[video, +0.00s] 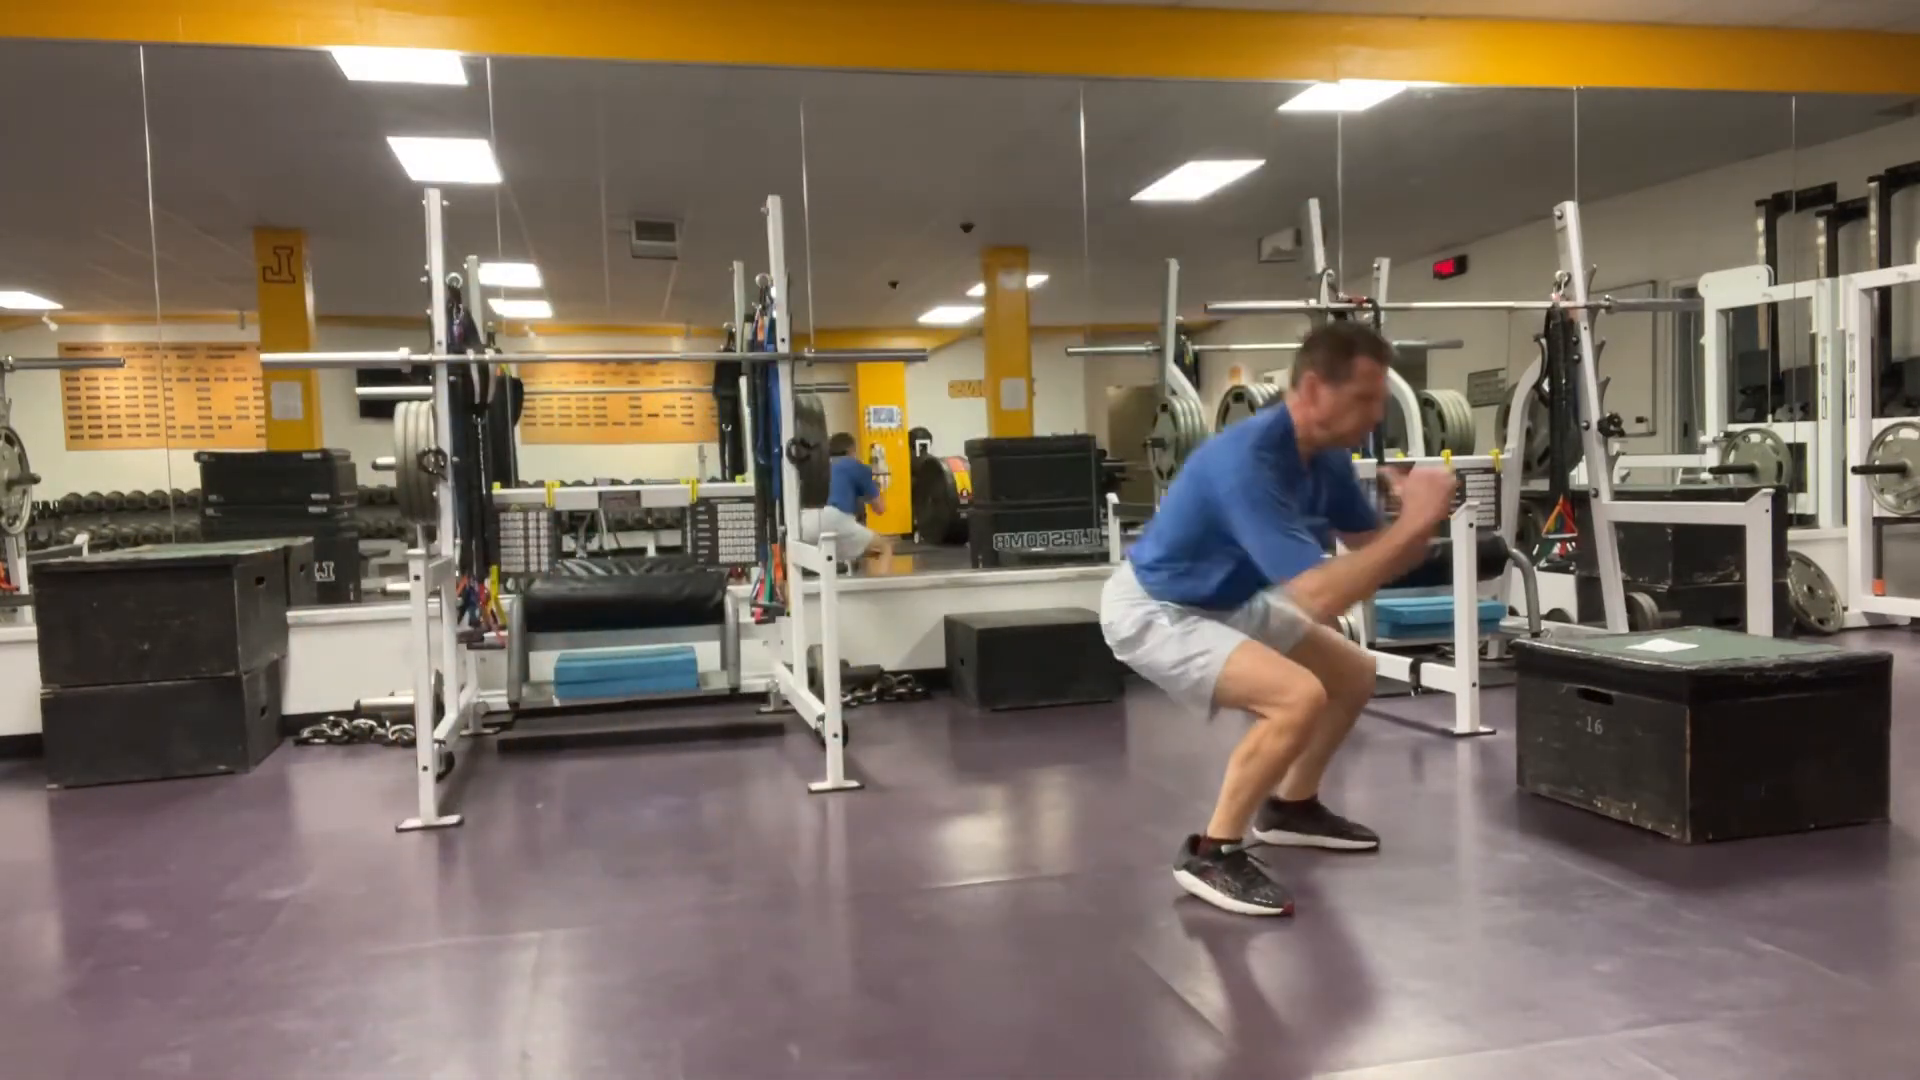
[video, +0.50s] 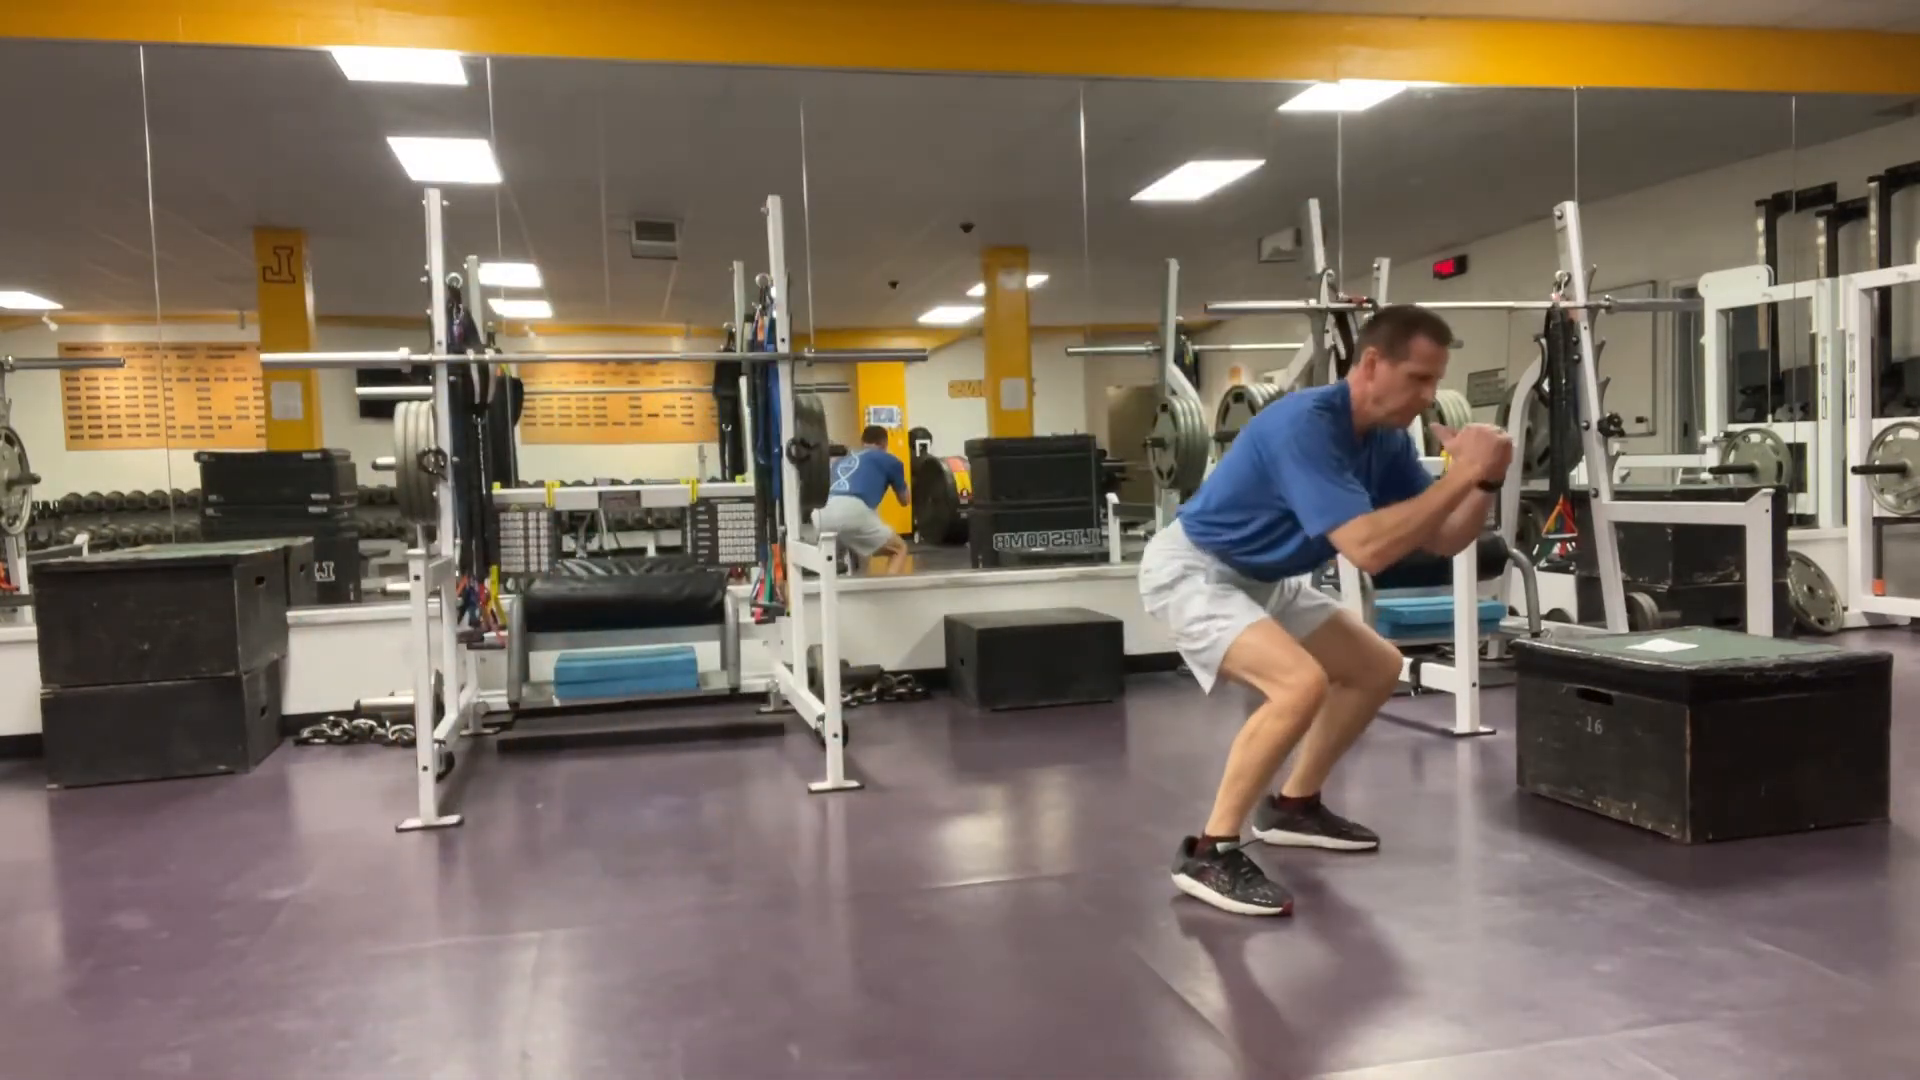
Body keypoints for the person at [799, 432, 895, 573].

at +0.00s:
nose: (855, 452)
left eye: (854, 449)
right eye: (854, 449)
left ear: (830, 450)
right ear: (851, 450)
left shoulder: (818, 466)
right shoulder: (856, 468)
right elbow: (879, 508)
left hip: (805, 520)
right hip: (835, 519)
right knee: (884, 547)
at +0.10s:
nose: (867, 457)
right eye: (866, 454)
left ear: (844, 455)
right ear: (864, 455)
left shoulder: (830, 471)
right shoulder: (871, 473)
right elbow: (893, 508)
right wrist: (881, 482)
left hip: (812, 521)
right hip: (843, 522)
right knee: (892, 549)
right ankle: (885, 593)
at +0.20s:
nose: (877, 458)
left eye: (877, 454)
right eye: (876, 454)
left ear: (852, 454)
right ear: (873, 454)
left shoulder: (835, 469)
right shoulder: (880, 472)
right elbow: (898, 508)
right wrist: (888, 485)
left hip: (815, 521)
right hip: (847, 521)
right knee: (897, 548)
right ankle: (889, 593)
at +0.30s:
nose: (882, 455)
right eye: (881, 452)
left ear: (858, 450)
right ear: (879, 451)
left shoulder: (840, 466)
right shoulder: (886, 469)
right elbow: (901, 507)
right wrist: (893, 485)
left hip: (820, 516)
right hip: (851, 518)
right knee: (899, 548)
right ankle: (889, 592)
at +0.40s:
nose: (885, 452)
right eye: (884, 449)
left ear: (862, 447)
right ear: (882, 448)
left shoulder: (843, 463)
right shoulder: (888, 466)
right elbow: (903, 504)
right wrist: (898, 484)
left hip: (822, 513)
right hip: (853, 514)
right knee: (899, 549)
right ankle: (888, 594)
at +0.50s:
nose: (886, 447)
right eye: (886, 443)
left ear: (863, 442)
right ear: (883, 443)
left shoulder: (845, 459)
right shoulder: (889, 461)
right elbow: (904, 500)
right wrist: (897, 478)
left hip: (827, 511)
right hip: (855, 513)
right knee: (899, 549)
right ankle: (888, 594)